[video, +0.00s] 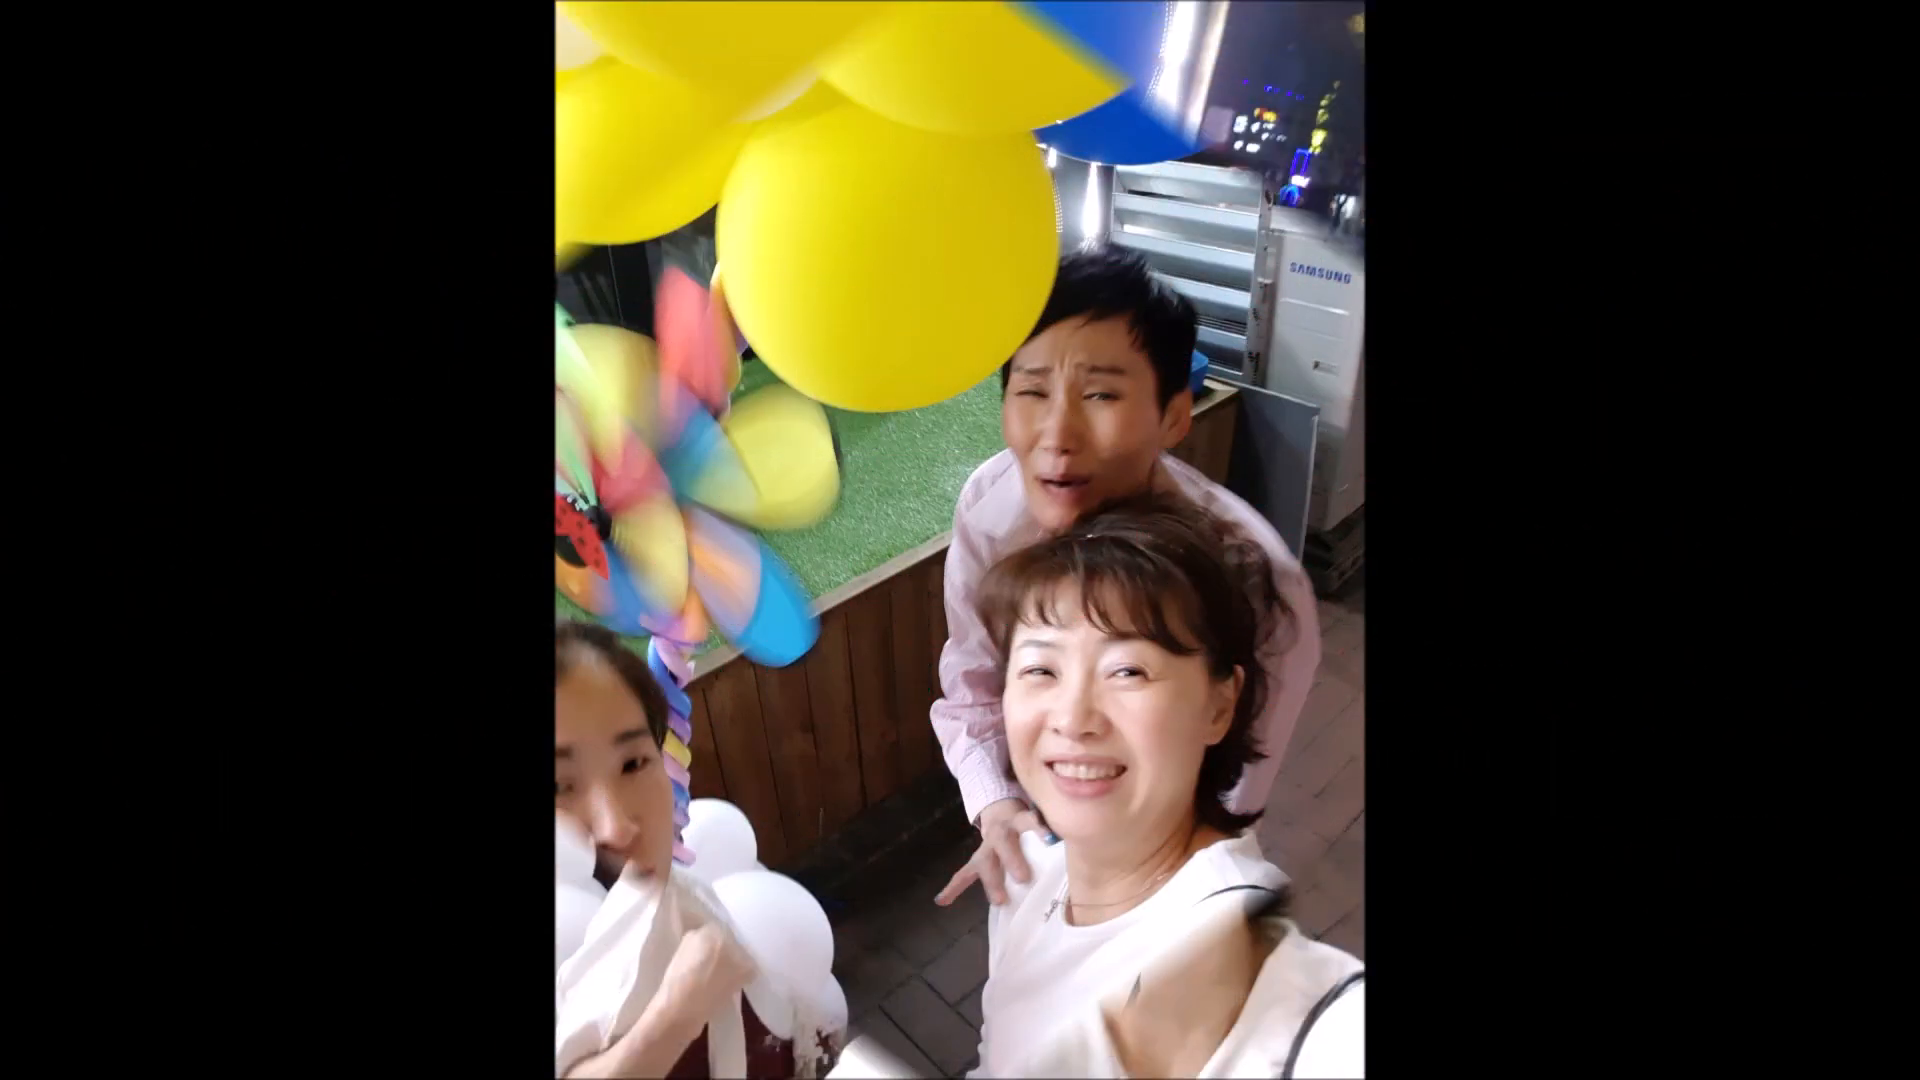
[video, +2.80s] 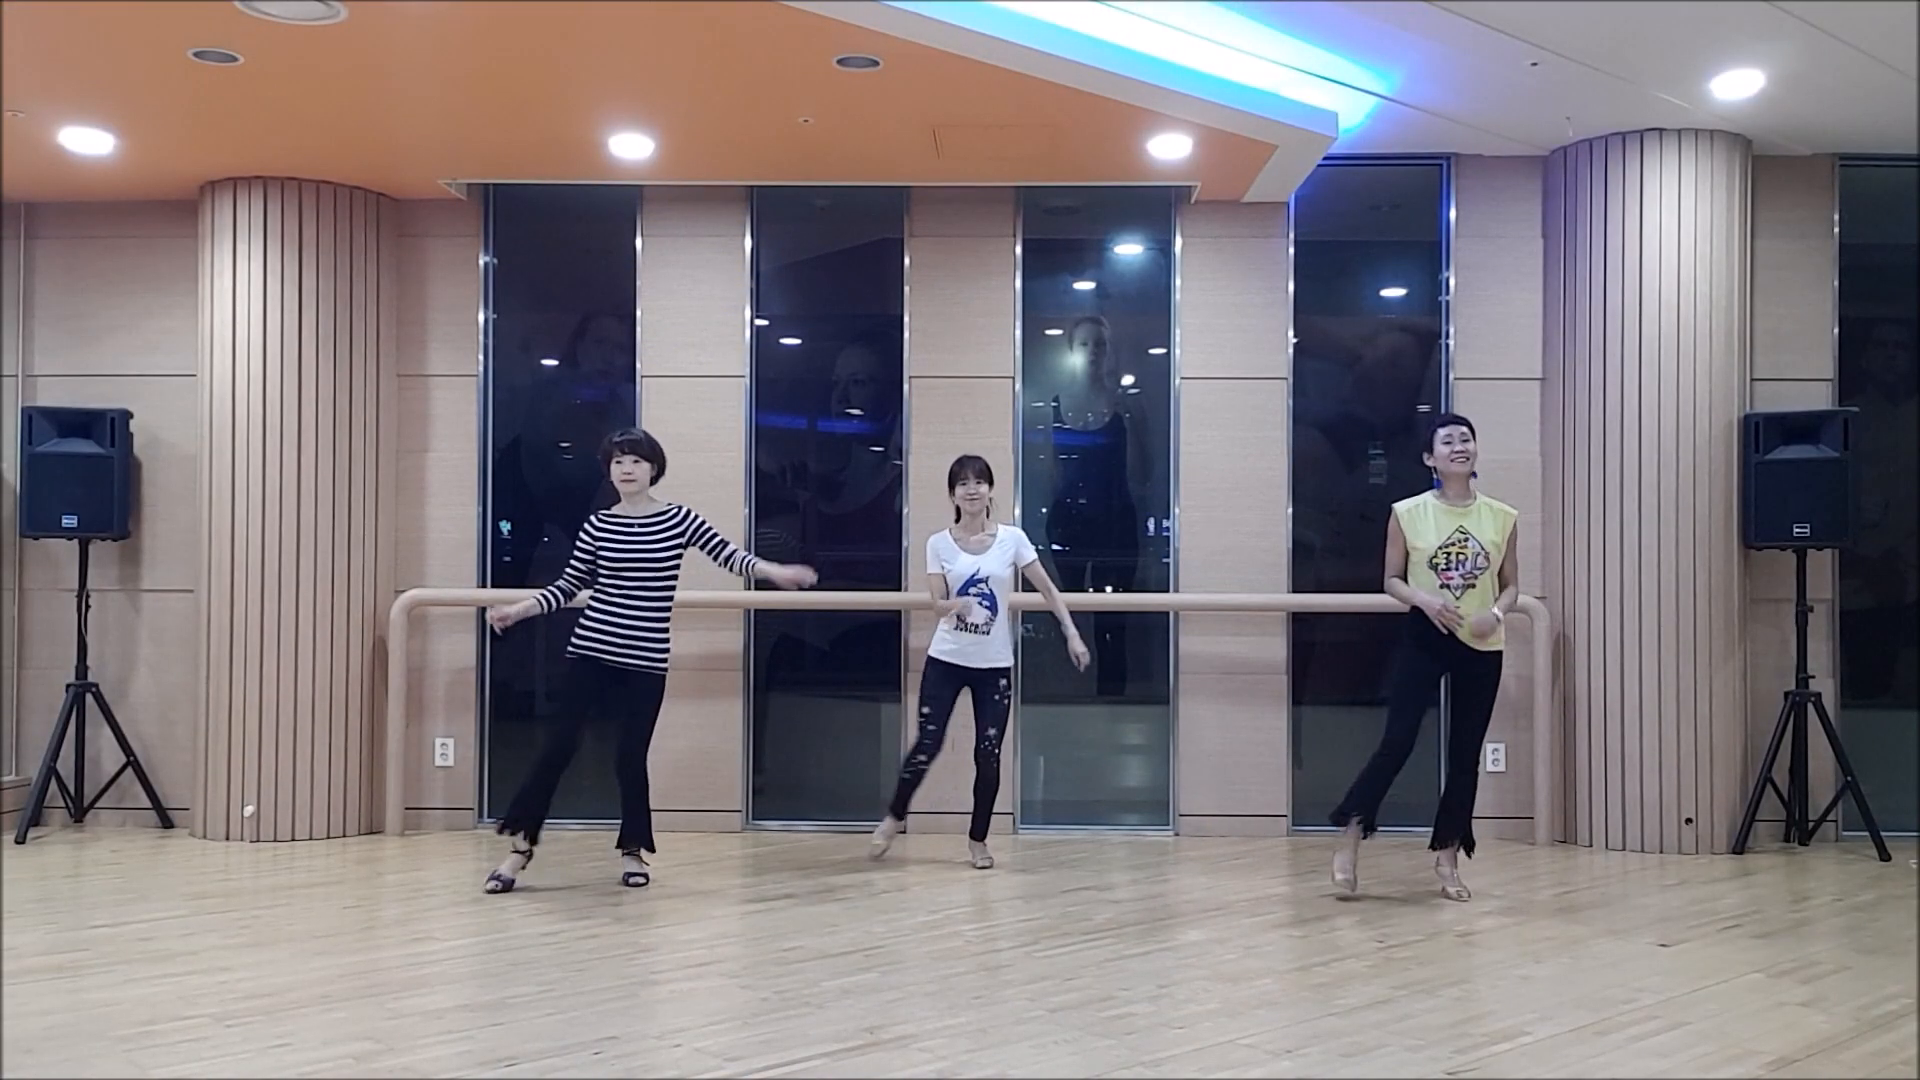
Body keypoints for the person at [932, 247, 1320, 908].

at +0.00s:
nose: (1057, 435)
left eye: (1101, 396)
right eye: (1033, 393)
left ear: (1174, 420)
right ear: (1004, 407)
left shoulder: (1253, 576)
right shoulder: (990, 504)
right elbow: (967, 677)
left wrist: (1224, 818)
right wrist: (992, 802)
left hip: (1177, 818)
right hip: (1040, 806)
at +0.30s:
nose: (1058, 439)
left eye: (1103, 400)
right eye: (1033, 392)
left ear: (1165, 418)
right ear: (1003, 402)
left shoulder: (1219, 563)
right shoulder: (989, 504)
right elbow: (971, 684)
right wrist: (983, 840)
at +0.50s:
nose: (937, 469)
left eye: (971, 438)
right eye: (917, 435)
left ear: (1030, 448)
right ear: (895, 433)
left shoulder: (1058, 603)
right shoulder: (868, 469)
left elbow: (1024, 755)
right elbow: (771, 446)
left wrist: (974, 855)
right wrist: (749, 411)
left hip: (950, 817)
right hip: (844, 772)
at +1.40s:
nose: (937, 468)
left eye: (972, 438)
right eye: (917, 435)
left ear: (1030, 450)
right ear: (896, 434)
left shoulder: (1062, 608)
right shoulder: (866, 469)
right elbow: (762, 442)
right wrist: (749, 405)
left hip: (970, 834)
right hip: (832, 801)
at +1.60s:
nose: (943, 489)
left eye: (952, 482)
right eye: (935, 483)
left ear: (965, 490)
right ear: (923, 492)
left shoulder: (984, 546)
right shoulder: (904, 546)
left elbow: (1013, 608)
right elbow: (892, 602)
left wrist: (1033, 668)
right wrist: (886, 646)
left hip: (968, 675)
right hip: (917, 675)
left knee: (949, 767)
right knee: (909, 773)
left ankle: (963, 857)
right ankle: (939, 865)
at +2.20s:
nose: (961, 491)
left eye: (969, 484)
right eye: (953, 485)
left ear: (981, 491)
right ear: (941, 493)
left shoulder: (1001, 540)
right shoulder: (926, 546)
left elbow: (1031, 596)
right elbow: (915, 601)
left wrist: (1014, 621)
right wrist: (906, 638)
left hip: (999, 661)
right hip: (951, 659)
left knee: (994, 749)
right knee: (975, 736)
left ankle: (982, 839)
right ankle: (960, 824)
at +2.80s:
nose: (972, 490)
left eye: (979, 482)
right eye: (963, 484)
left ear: (991, 489)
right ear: (952, 492)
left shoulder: (1012, 539)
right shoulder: (939, 543)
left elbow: (1048, 590)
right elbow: (938, 604)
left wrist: (1072, 634)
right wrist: (955, 604)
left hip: (994, 663)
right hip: (946, 659)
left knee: (988, 754)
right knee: (928, 743)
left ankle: (978, 841)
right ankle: (894, 819)